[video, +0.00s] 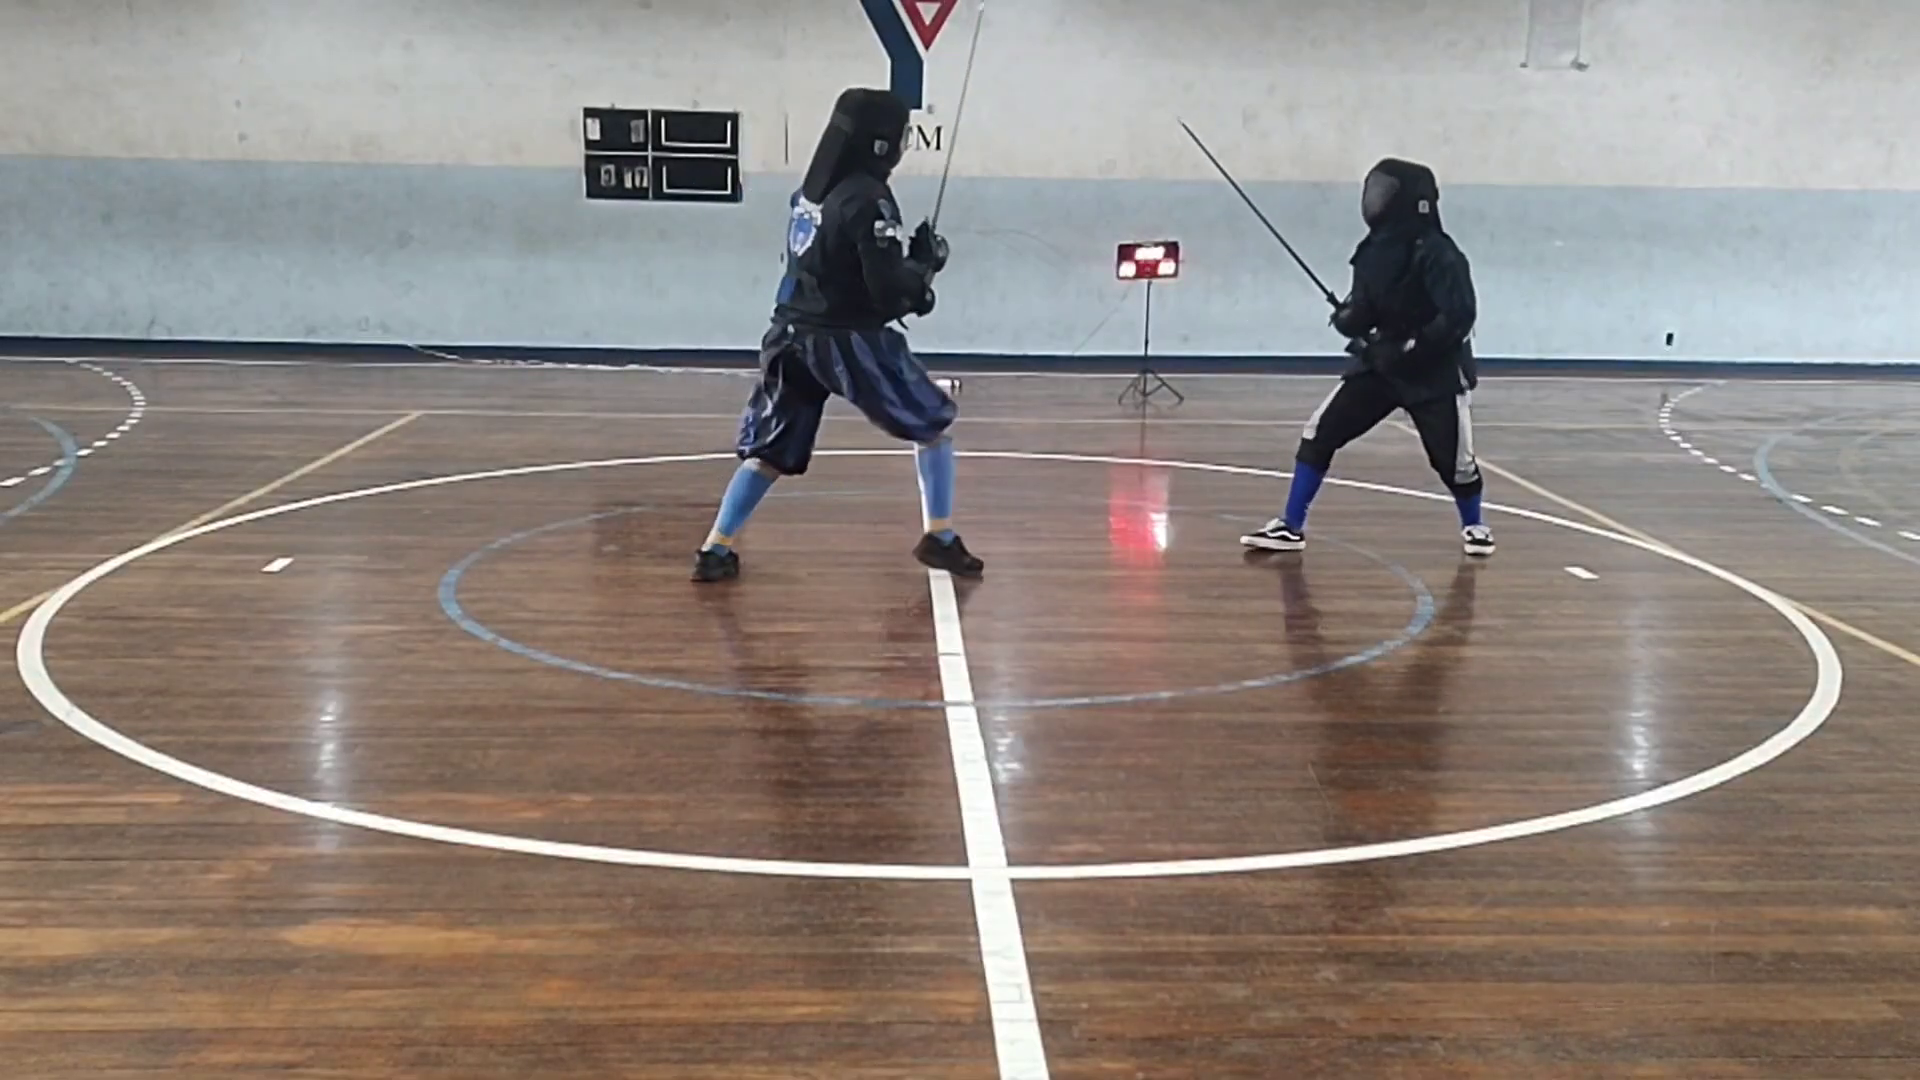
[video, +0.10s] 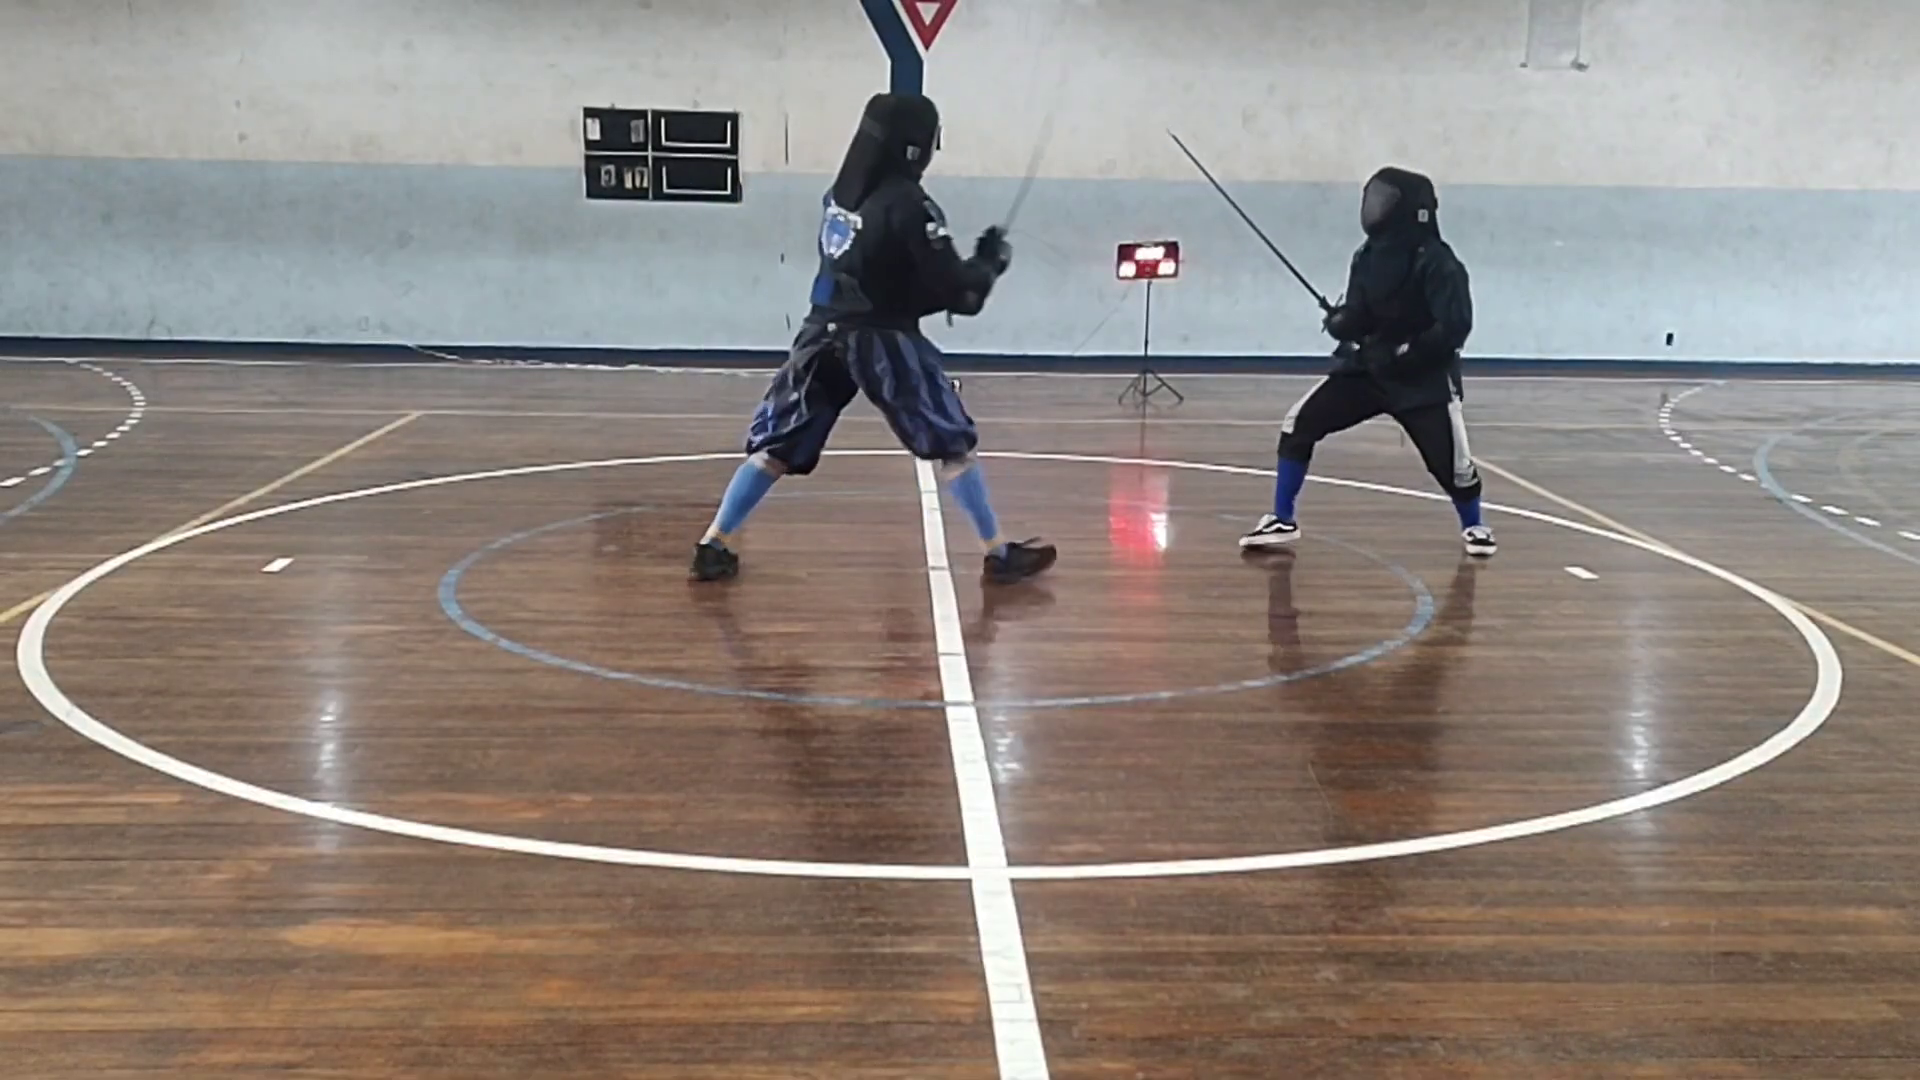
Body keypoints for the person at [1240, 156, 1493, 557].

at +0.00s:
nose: (1368, 197)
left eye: (1378, 189)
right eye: (1368, 188)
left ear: (1405, 196)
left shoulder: (1438, 251)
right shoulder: (1371, 251)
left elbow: (1459, 315)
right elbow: (1361, 311)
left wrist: (1409, 350)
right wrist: (1348, 319)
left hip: (1435, 375)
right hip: (1379, 370)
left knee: (1455, 461)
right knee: (1319, 433)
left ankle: (1473, 526)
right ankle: (1290, 526)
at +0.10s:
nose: (1369, 205)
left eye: (1380, 198)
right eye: (1370, 196)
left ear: (1406, 206)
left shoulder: (1438, 262)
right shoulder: (1367, 257)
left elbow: (1455, 326)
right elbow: (1356, 317)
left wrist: (1404, 357)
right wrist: (1342, 322)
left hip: (1423, 382)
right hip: (1365, 376)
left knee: (1453, 465)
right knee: (1298, 427)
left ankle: (1473, 526)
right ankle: (1281, 519)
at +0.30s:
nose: (1343, 207)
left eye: (1353, 199)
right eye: (1342, 198)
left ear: (1378, 204)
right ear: (1342, 205)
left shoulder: (1402, 250)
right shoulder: (1329, 249)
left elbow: (1376, 295)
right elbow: (1275, 279)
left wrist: (1324, 275)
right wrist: (1244, 259)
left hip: (1385, 378)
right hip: (1323, 377)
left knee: (1444, 456)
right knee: (1260, 446)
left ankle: (1472, 527)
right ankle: (1210, 519)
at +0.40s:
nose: (1333, 207)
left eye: (1342, 199)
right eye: (1329, 198)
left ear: (1360, 201)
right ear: (1323, 198)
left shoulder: (1385, 237)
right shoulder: (1311, 230)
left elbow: (1340, 236)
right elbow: (1263, 228)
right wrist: (1226, 198)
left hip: (1367, 377)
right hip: (1308, 375)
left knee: (1434, 451)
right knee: (1249, 449)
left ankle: (1468, 528)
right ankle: (1209, 519)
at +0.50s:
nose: (1322, 194)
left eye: (1330, 185)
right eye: (1318, 186)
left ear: (1351, 191)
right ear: (1312, 189)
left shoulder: (1375, 231)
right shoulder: (1304, 231)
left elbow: (1328, 212)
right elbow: (1256, 216)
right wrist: (1225, 181)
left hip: (1356, 373)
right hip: (1297, 372)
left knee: (1421, 451)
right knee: (1244, 450)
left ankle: (1459, 529)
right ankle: (1208, 521)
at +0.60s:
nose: (1321, 185)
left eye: (1331, 179)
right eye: (1317, 178)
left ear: (1353, 185)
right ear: (1311, 183)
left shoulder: (1372, 226)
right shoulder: (1299, 226)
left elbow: (1331, 206)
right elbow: (1257, 213)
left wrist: (1290, 185)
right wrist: (1228, 176)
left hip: (1355, 370)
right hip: (1295, 369)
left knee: (1418, 446)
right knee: (1245, 447)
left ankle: (1444, 529)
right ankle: (1208, 521)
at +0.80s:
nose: (1331, 184)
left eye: (1341, 176)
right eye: (1325, 175)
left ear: (1363, 183)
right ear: (1318, 183)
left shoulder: (1382, 226)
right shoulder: (1309, 228)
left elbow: (1342, 209)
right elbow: (1262, 215)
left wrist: (1302, 187)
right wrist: (1235, 179)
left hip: (1364, 371)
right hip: (1301, 369)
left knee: (1420, 447)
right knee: (1250, 444)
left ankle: (1442, 530)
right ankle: (1209, 520)